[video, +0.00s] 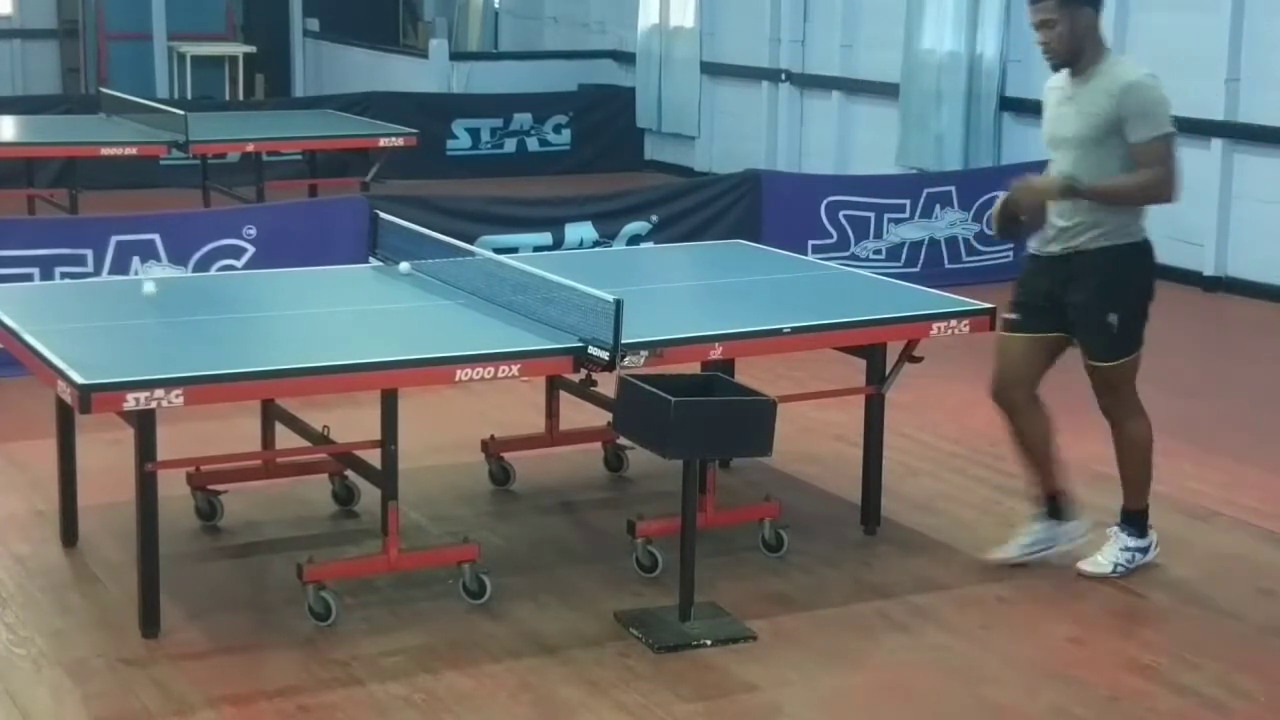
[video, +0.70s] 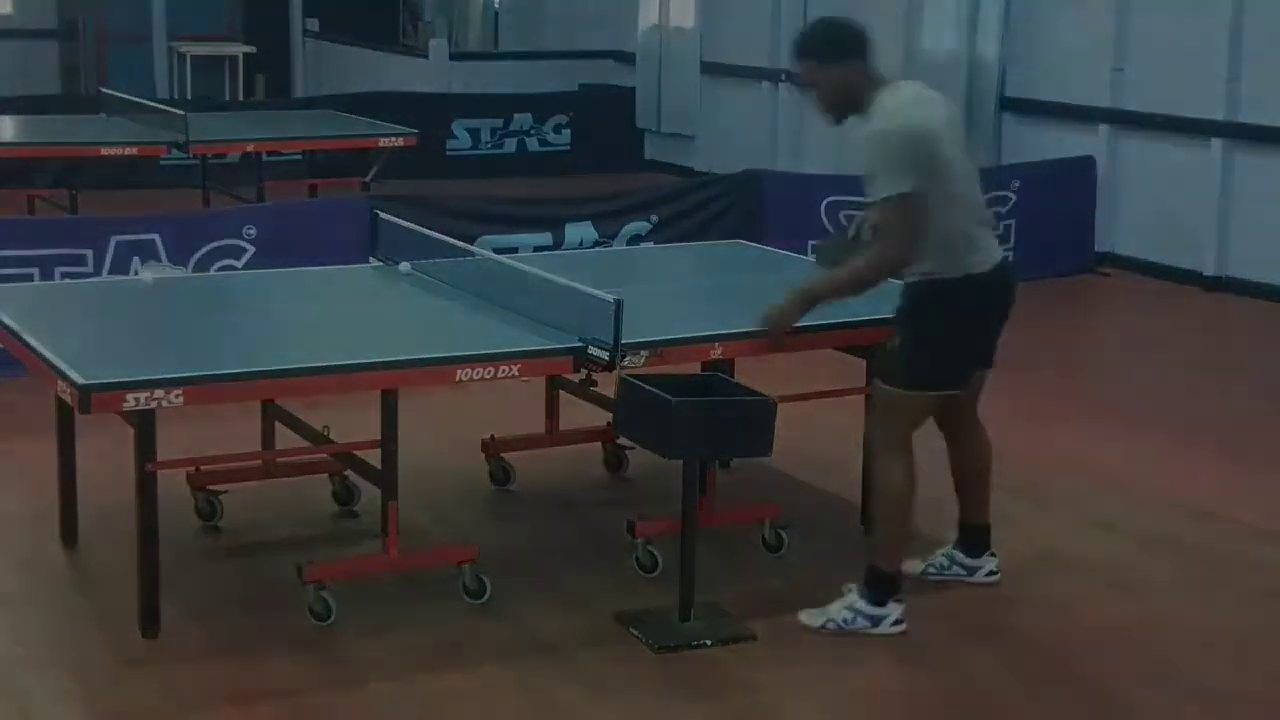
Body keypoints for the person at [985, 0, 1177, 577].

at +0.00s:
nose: (1040, 39)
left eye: (1048, 25)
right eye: (1035, 28)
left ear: (1087, 17)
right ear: (1042, 28)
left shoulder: (1135, 87)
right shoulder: (1057, 87)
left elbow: (1162, 184)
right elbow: (1075, 176)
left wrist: (1062, 188)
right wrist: (1030, 203)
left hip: (1112, 263)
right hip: (1053, 261)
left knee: (1117, 397)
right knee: (1010, 386)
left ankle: (1136, 532)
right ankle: (1056, 515)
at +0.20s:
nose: (983, 50)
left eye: (992, 36)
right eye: (980, 38)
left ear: (1030, 31)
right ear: (1002, 37)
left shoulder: (1070, 100)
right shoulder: (1014, 99)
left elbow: (1072, 206)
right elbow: (1027, 192)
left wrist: (977, 197)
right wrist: (981, 213)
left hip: (1061, 276)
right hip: (1005, 273)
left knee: (1070, 409)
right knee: (968, 401)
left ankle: (1126, 524)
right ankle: (975, 548)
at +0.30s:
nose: (953, 55)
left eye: (962, 41)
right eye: (951, 43)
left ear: (1001, 33)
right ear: (967, 43)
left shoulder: (1041, 101)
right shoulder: (991, 99)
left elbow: (1043, 209)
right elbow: (999, 194)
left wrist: (950, 207)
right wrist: (943, 212)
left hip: (1027, 278)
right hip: (976, 272)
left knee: (1009, 421)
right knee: (952, 405)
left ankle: (1092, 503)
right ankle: (973, 549)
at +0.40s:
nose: (922, 56)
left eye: (929, 42)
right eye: (919, 45)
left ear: (967, 32)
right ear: (944, 40)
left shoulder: (1012, 99)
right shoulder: (966, 99)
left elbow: (1022, 207)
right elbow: (978, 192)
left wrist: (927, 211)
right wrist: (921, 206)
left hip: (1006, 275)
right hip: (964, 269)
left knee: (957, 413)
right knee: (950, 412)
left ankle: (1033, 522)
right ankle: (972, 548)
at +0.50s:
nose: (890, 61)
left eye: (897, 46)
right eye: (886, 49)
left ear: (935, 34)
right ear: (911, 43)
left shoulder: (978, 102)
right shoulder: (943, 98)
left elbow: (994, 210)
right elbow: (964, 185)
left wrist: (902, 223)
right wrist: (912, 196)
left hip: (985, 275)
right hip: (964, 270)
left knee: (926, 418)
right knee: (964, 418)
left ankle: (958, 567)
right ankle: (976, 554)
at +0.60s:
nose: (854, 78)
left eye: (859, 64)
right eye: (851, 65)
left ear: (894, 51)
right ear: (889, 51)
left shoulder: (940, 115)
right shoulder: (930, 100)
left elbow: (950, 228)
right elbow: (955, 186)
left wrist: (857, 256)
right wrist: (902, 199)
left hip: (964, 287)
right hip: (972, 279)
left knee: (912, 434)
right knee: (966, 420)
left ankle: (882, 597)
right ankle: (976, 551)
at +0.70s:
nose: (814, 99)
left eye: (816, 84)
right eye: (808, 86)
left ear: (848, 68)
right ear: (861, 66)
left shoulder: (891, 128)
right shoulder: (919, 102)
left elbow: (896, 251)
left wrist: (804, 299)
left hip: (947, 289)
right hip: (982, 280)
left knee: (888, 425)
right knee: (957, 412)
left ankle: (879, 596)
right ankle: (974, 550)